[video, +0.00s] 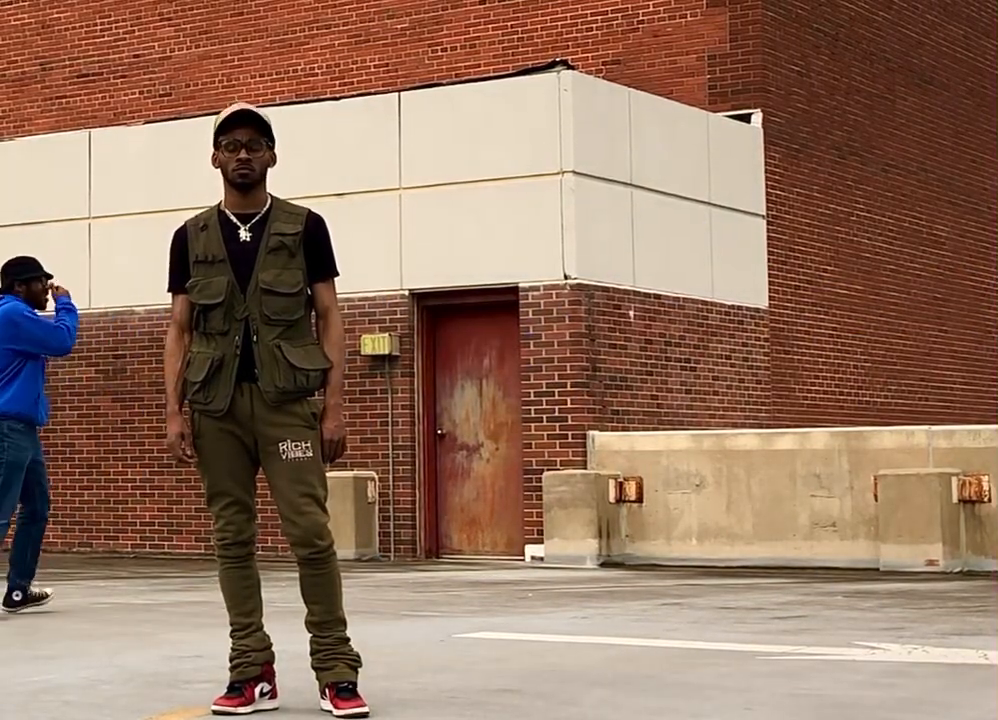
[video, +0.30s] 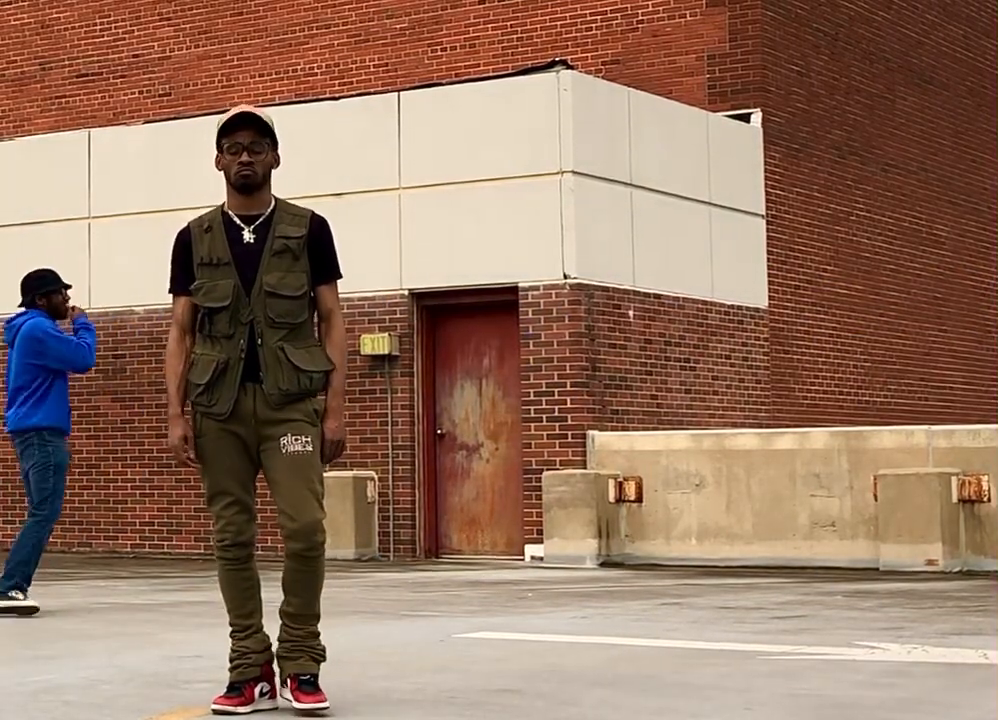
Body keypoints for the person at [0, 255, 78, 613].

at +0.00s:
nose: (46, 291)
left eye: (46, 284)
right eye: (42, 285)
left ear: (19, 287)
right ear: (22, 286)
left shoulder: (18, 314)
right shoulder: (13, 313)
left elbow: (59, 339)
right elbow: (63, 340)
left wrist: (60, 308)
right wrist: (64, 302)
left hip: (26, 429)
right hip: (11, 428)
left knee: (36, 508)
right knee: (5, 514)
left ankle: (18, 587)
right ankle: (14, 589)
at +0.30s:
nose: (67, 299)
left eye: (65, 293)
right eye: (61, 294)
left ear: (37, 299)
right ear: (43, 298)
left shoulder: (30, 328)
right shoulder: (36, 329)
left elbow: (78, 359)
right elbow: (83, 359)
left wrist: (73, 325)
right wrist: (82, 322)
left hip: (33, 430)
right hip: (40, 430)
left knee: (42, 512)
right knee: (44, 512)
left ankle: (13, 587)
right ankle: (11, 588)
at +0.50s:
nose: (95, 298)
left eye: (93, 293)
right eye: (89, 293)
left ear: (63, 298)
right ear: (72, 297)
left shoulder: (50, 327)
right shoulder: (66, 322)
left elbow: (65, 393)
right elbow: (81, 353)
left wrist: (107, 396)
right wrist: (114, 338)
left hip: (45, 428)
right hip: (69, 427)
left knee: (38, 511)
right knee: (105, 501)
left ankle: (13, 586)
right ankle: (92, 586)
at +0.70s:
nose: (128, 308)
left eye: (126, 303)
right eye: (123, 303)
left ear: (97, 309)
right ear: (106, 308)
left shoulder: (78, 337)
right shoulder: (104, 332)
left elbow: (99, 391)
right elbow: (106, 369)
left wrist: (135, 383)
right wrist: (151, 376)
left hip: (74, 439)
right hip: (107, 438)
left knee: (58, 513)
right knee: (133, 512)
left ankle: (21, 578)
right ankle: (138, 589)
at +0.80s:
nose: (147, 308)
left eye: (145, 302)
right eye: (142, 303)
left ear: (112, 307)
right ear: (128, 306)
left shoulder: (95, 337)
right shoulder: (128, 335)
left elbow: (97, 385)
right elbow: (138, 376)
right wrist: (181, 398)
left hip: (98, 438)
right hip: (129, 436)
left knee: (101, 513)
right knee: (151, 512)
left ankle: (52, 559)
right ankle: (141, 590)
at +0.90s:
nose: (171, 302)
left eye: (170, 296)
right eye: (168, 297)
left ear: (135, 301)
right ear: (155, 300)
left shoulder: (115, 333)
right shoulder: (156, 331)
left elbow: (113, 379)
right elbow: (177, 377)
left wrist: (165, 394)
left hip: (125, 428)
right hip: (151, 429)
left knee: (152, 500)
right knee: (158, 508)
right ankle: (140, 590)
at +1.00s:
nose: (190, 302)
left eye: (188, 296)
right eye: (186, 297)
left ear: (154, 302)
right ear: (174, 300)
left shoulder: (134, 333)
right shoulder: (173, 331)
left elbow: (124, 389)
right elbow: (197, 377)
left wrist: (122, 435)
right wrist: (214, 358)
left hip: (143, 427)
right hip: (166, 427)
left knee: (186, 497)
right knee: (164, 508)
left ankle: (175, 575)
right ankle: (140, 589)